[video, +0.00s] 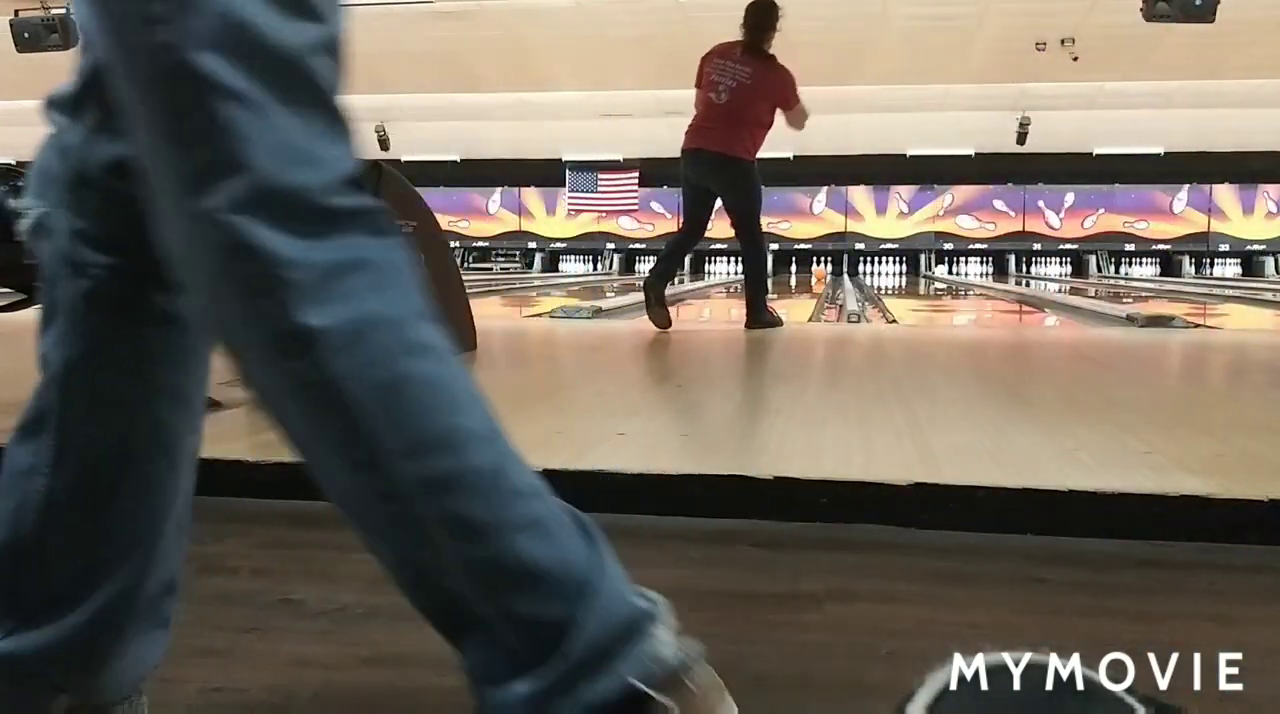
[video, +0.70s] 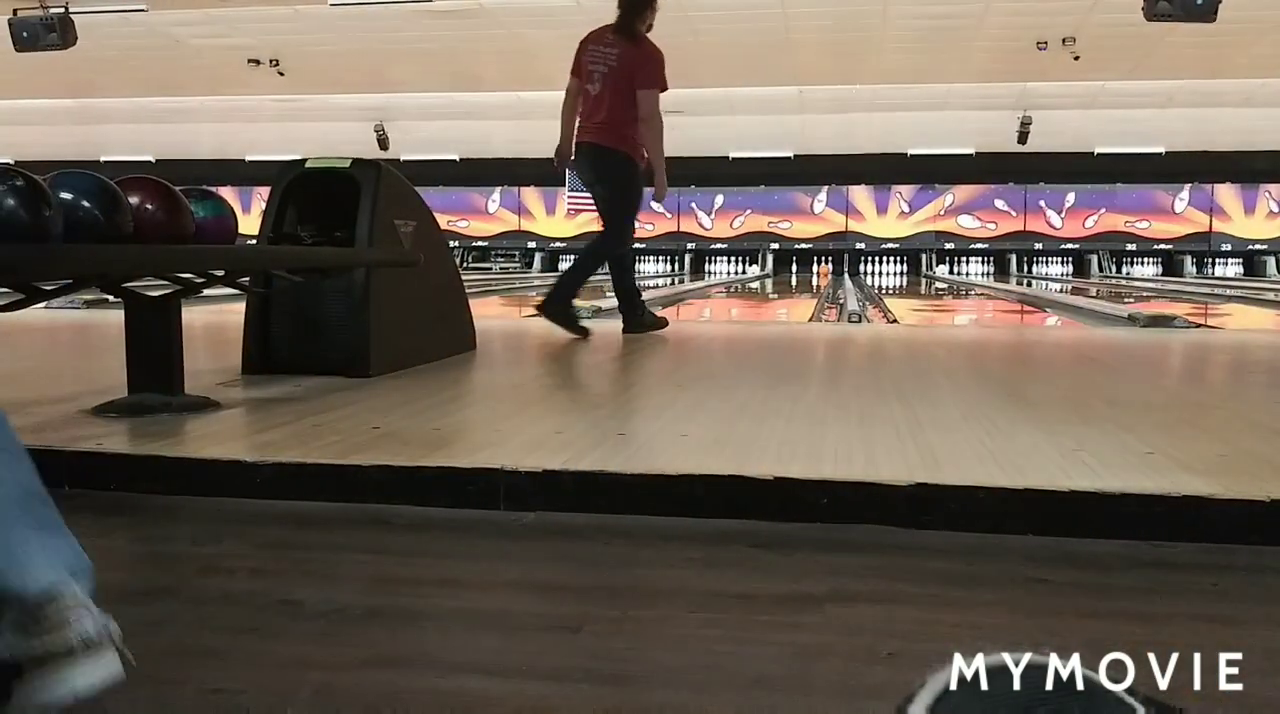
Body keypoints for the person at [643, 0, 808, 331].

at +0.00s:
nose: (773, 31)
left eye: (769, 24)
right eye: (774, 25)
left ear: (744, 24)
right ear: (773, 29)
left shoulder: (715, 54)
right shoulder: (776, 73)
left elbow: (701, 102)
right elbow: (797, 121)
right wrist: (795, 102)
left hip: (694, 154)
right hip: (734, 162)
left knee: (691, 229)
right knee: (750, 236)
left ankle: (655, 284)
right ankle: (757, 311)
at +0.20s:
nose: (740, 35)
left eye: (737, 29)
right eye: (740, 30)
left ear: (708, 28)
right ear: (737, 33)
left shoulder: (678, 62)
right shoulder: (735, 78)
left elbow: (665, 114)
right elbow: (733, 138)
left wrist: (691, 135)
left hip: (666, 167)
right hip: (706, 172)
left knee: (670, 239)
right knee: (734, 242)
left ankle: (640, 305)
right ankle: (755, 310)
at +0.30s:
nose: (720, 35)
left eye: (719, 29)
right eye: (720, 30)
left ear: (688, 27)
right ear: (716, 32)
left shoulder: (657, 61)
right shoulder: (713, 74)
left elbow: (643, 114)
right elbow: (707, 129)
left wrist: (656, 146)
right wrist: (708, 180)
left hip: (645, 166)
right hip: (683, 171)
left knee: (656, 243)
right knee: (719, 241)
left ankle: (637, 313)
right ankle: (747, 305)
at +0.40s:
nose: (705, 28)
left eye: (703, 21)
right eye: (704, 22)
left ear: (671, 20)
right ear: (698, 25)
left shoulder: (639, 54)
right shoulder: (696, 65)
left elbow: (621, 106)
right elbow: (686, 109)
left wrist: (624, 149)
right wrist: (680, 160)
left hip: (629, 162)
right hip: (667, 164)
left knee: (647, 237)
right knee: (704, 233)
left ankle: (636, 315)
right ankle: (716, 309)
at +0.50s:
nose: (687, 21)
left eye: (686, 15)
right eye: (686, 15)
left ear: (655, 13)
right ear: (682, 17)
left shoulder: (623, 44)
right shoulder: (680, 56)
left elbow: (601, 97)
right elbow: (671, 102)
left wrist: (596, 141)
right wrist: (666, 152)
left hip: (614, 153)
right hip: (653, 156)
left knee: (636, 232)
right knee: (682, 229)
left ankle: (635, 317)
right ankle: (665, 306)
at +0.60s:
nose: (670, 17)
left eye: (670, 11)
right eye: (670, 11)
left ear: (637, 9)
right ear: (665, 13)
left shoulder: (606, 41)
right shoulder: (663, 53)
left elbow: (585, 93)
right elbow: (659, 108)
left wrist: (575, 139)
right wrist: (660, 160)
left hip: (602, 150)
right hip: (636, 153)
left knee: (626, 231)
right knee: (651, 232)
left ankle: (636, 311)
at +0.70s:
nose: (654, 16)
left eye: (654, 11)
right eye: (654, 10)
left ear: (620, 8)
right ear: (648, 12)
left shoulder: (591, 41)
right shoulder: (646, 53)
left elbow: (572, 96)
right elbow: (649, 118)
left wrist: (564, 141)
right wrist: (659, 170)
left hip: (586, 151)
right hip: (619, 156)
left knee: (618, 234)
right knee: (617, 234)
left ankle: (634, 313)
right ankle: (558, 300)